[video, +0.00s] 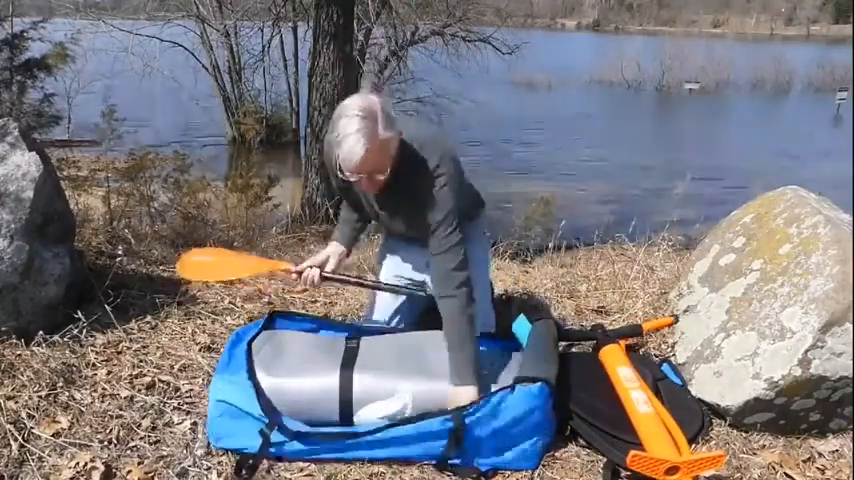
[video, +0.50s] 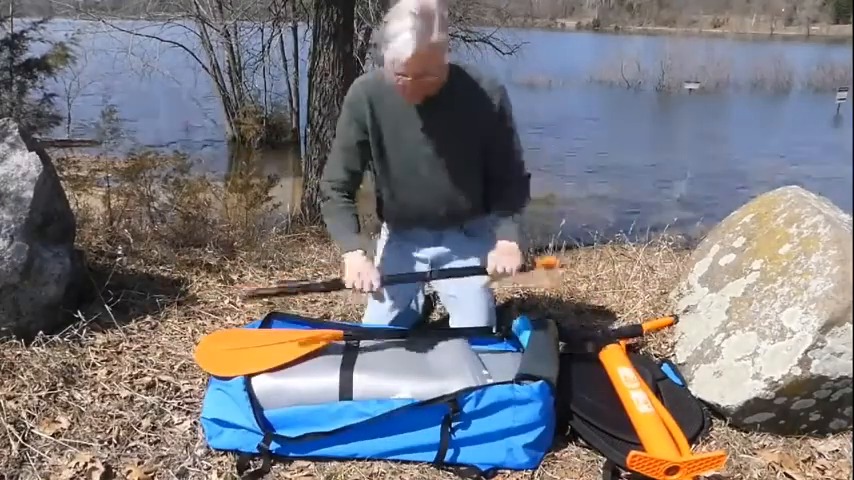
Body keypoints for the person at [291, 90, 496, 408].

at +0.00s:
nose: (368, 186)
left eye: (378, 173)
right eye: (356, 177)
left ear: (395, 145)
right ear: (341, 161)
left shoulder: (435, 164)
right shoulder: (342, 159)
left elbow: (452, 280)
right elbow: (355, 200)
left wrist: (463, 385)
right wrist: (338, 245)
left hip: (459, 238)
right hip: (403, 241)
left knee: (477, 337)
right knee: (379, 334)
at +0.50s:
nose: (410, 90)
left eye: (424, 77)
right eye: (400, 76)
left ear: (446, 61)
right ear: (384, 61)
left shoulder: (484, 94)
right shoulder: (365, 96)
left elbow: (509, 177)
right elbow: (336, 188)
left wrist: (507, 239)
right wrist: (353, 253)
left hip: (468, 238)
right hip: (400, 241)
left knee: (476, 345)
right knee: (376, 346)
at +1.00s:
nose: (445, 74)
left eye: (454, 63)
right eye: (432, 64)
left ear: (466, 52)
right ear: (406, 46)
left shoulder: (490, 94)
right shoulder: (374, 94)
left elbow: (514, 179)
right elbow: (350, 187)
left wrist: (503, 227)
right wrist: (399, 233)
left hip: (469, 240)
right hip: (400, 240)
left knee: (478, 351)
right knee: (376, 349)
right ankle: (419, 308)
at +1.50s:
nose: (442, 81)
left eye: (453, 70)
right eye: (430, 69)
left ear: (467, 57)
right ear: (408, 48)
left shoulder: (494, 99)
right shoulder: (376, 93)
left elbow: (510, 183)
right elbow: (345, 186)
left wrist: (489, 237)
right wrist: (404, 232)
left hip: (467, 242)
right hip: (399, 241)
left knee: (480, 352)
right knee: (376, 350)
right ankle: (419, 308)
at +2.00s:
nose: (380, 92)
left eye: (393, 83)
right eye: (374, 79)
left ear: (424, 66)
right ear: (366, 66)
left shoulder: (476, 110)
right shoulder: (359, 102)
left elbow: (480, 210)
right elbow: (351, 189)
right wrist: (358, 261)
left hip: (462, 244)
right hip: (397, 246)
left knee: (472, 359)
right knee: (378, 359)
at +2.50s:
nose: (378, 148)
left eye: (386, 140)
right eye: (370, 139)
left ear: (419, 118)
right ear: (362, 117)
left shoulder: (473, 134)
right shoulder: (353, 136)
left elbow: (511, 214)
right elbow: (318, 217)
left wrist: (514, 290)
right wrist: (283, 305)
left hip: (467, 243)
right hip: (401, 245)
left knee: (475, 350)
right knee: (380, 346)